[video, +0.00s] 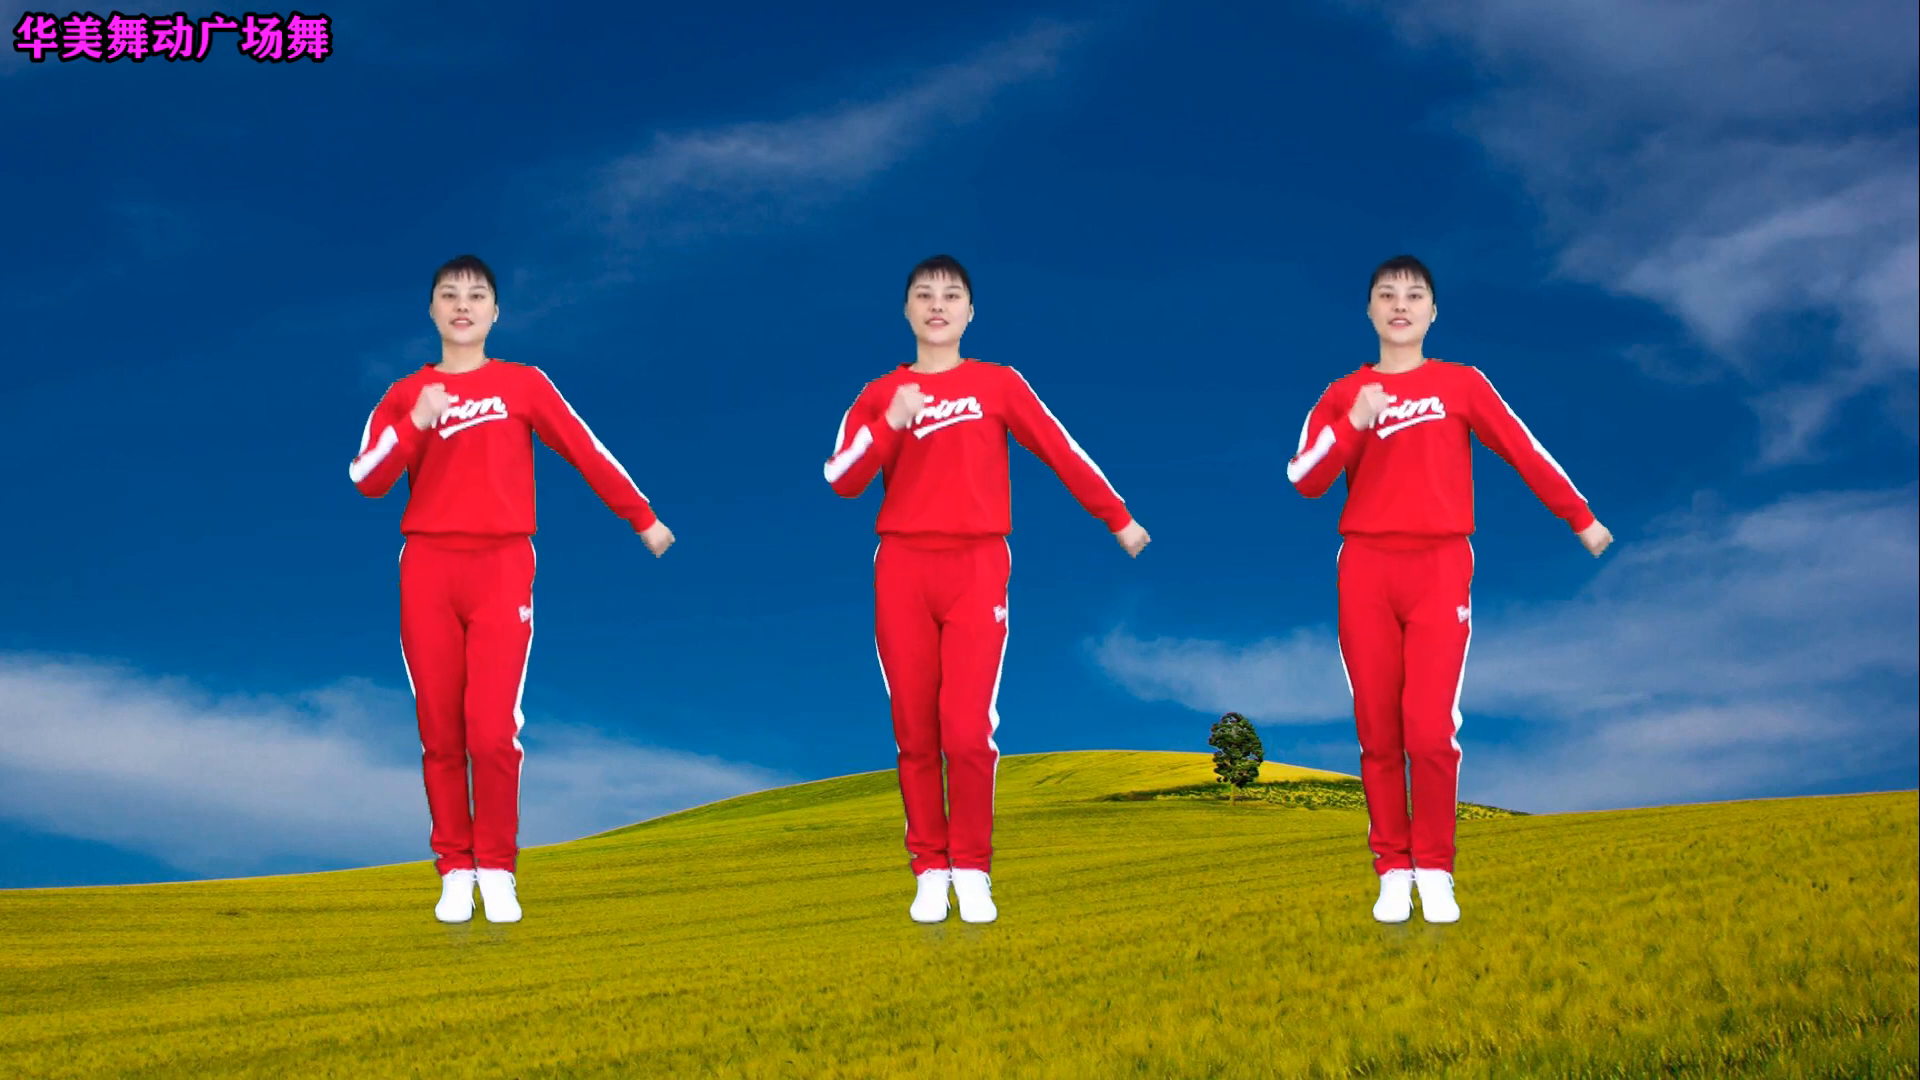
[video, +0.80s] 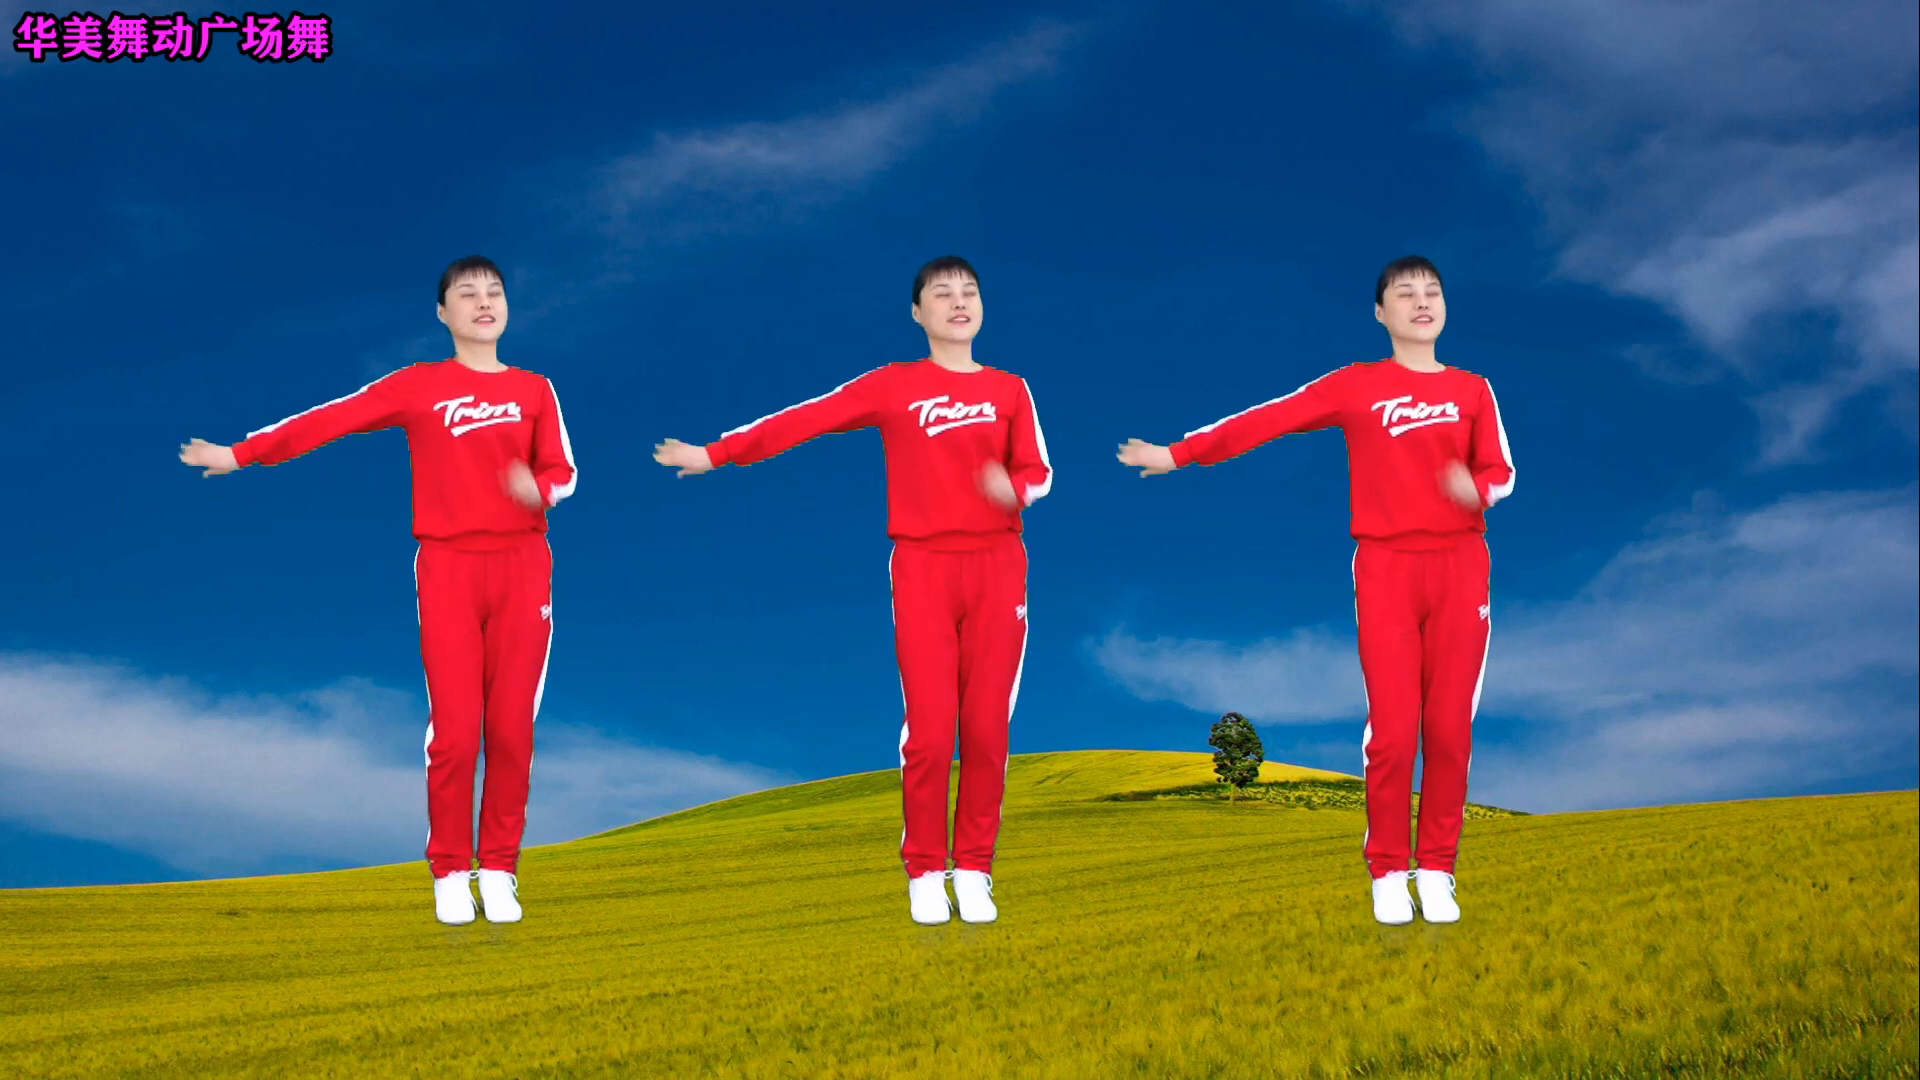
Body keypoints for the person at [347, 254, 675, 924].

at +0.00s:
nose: (462, 305)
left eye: (476, 296)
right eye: (450, 296)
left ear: (494, 311)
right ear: (432, 311)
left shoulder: (524, 383)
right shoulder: (404, 394)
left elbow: (587, 451)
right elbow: (368, 482)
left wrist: (644, 517)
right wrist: (414, 425)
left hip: (504, 566)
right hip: (427, 567)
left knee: (492, 731)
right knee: (440, 732)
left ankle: (496, 869)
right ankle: (455, 868)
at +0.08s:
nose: (465, 307)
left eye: (478, 298)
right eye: (451, 298)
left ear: (496, 314)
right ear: (434, 314)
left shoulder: (528, 388)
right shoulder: (408, 399)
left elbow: (587, 464)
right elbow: (381, 489)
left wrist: (643, 532)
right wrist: (431, 461)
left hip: (506, 570)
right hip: (430, 571)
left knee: (496, 731)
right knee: (441, 732)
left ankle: (494, 870)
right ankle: (455, 869)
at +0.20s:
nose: (467, 306)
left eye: (480, 296)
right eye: (455, 296)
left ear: (499, 309)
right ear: (438, 311)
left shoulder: (530, 385)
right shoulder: (415, 395)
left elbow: (565, 476)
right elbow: (406, 479)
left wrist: (591, 564)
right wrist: (437, 541)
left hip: (517, 567)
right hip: (441, 570)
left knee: (509, 727)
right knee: (451, 723)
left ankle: (498, 868)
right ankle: (457, 855)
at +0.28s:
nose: (471, 317)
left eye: (483, 308)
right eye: (458, 308)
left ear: (501, 321)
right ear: (441, 323)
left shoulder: (532, 397)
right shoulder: (417, 408)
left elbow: (544, 491)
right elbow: (409, 503)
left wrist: (538, 578)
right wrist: (408, 589)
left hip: (520, 579)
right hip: (447, 580)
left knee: (514, 729)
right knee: (461, 714)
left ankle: (496, 869)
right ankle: (459, 812)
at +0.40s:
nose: (475, 319)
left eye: (486, 309)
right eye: (462, 310)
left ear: (504, 320)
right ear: (445, 325)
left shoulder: (535, 399)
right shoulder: (420, 409)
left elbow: (552, 478)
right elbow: (384, 499)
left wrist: (487, 495)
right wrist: (357, 584)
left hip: (526, 576)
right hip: (450, 577)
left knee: (522, 727)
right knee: (476, 693)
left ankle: (497, 868)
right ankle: (465, 793)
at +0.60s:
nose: (478, 295)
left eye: (489, 285)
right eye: (463, 288)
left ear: (508, 298)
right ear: (447, 305)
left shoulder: (540, 376)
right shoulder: (424, 380)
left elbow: (569, 462)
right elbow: (355, 443)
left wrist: (515, 412)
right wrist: (291, 504)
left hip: (524, 557)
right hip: (448, 558)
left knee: (514, 715)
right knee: (466, 713)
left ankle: (500, 862)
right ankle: (455, 848)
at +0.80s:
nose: (484, 303)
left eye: (494, 293)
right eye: (468, 294)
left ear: (507, 308)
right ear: (445, 313)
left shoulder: (535, 388)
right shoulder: (418, 384)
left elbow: (564, 474)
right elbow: (332, 418)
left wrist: (540, 490)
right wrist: (238, 454)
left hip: (524, 565)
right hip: (448, 566)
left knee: (513, 727)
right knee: (456, 729)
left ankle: (498, 868)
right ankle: (451, 870)